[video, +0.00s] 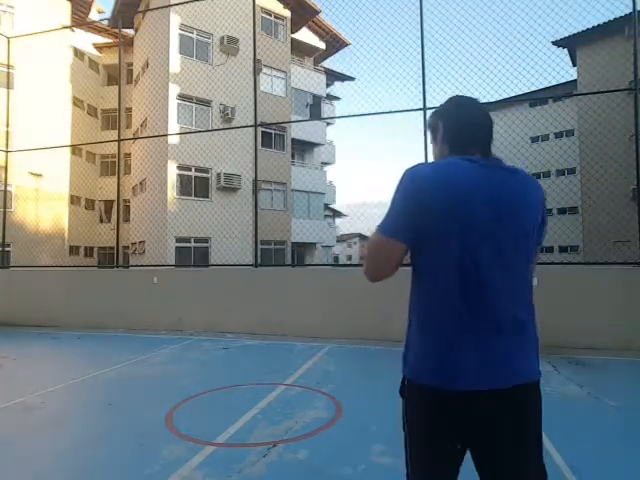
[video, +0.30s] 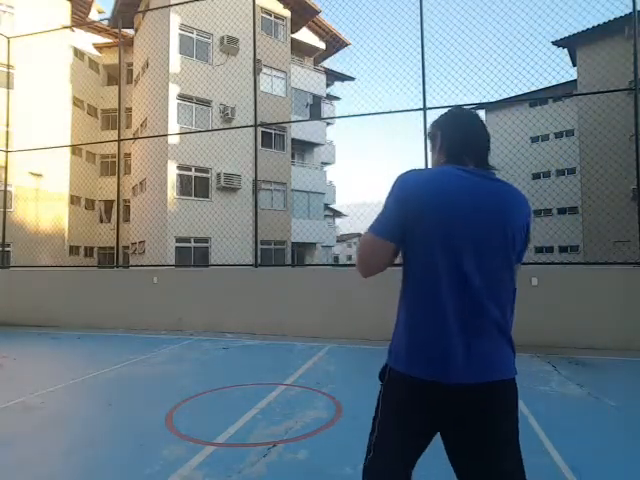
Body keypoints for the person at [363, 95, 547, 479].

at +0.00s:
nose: (433, 145)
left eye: (433, 136)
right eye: (433, 137)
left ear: (441, 136)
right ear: (488, 137)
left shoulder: (421, 180)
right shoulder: (529, 188)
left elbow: (376, 267)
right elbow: (524, 263)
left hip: (436, 385)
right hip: (513, 385)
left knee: (429, 473)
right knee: (521, 474)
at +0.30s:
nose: (431, 152)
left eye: (432, 144)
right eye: (432, 144)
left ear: (440, 146)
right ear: (483, 150)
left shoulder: (414, 186)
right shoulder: (516, 202)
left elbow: (368, 263)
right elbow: (504, 263)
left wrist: (410, 243)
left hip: (415, 379)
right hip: (489, 383)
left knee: (384, 472)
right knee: (500, 474)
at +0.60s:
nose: (372, 167)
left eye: (373, 160)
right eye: (373, 160)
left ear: (380, 163)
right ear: (416, 164)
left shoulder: (360, 208)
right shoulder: (443, 214)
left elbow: (323, 276)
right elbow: (434, 266)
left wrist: (346, 245)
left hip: (367, 374)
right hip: (430, 373)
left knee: (339, 470)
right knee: (445, 471)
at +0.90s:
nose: (355, 179)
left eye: (357, 174)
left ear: (360, 176)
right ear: (397, 179)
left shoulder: (334, 207)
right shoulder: (415, 219)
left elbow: (302, 266)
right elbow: (400, 266)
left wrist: (303, 242)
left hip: (339, 356)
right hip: (396, 357)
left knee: (324, 448)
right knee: (397, 451)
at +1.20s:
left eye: (340, 187)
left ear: (340, 189)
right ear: (376, 192)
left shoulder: (316, 219)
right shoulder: (393, 228)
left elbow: (281, 276)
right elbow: (389, 278)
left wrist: (311, 249)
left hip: (316, 356)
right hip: (369, 359)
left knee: (286, 440)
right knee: (386, 453)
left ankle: (271, 475)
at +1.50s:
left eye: (297, 192)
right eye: (329, 198)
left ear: (298, 194)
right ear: (330, 199)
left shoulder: (270, 219)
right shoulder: (340, 229)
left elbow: (254, 262)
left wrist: (288, 243)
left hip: (273, 341)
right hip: (318, 344)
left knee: (269, 412)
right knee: (343, 421)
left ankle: (259, 475)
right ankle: (336, 476)